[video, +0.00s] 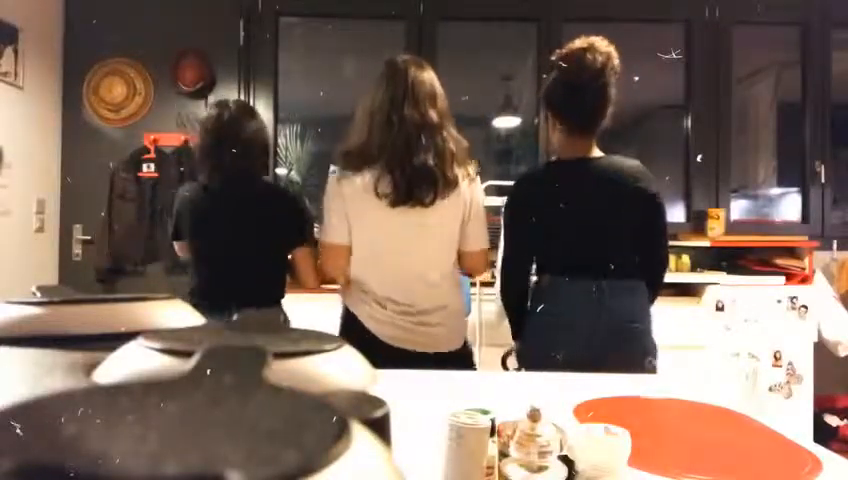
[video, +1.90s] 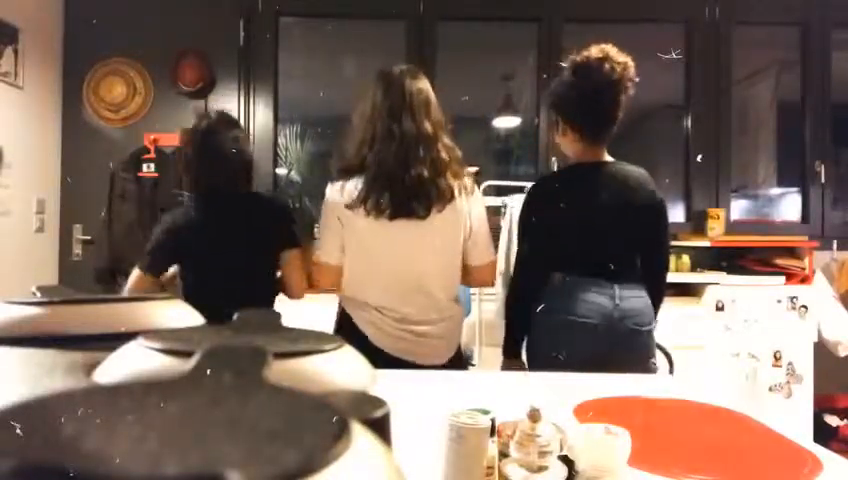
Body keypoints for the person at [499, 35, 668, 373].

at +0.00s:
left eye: (546, 111)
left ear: (551, 114)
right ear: (605, 113)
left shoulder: (529, 187)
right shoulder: (636, 178)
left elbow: (513, 278)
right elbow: (656, 266)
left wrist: (525, 335)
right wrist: (628, 310)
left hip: (554, 318)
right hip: (625, 315)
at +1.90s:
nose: (553, 135)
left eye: (554, 124)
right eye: (553, 124)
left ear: (564, 127)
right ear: (611, 122)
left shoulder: (545, 192)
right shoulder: (642, 186)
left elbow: (528, 276)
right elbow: (655, 275)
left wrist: (512, 349)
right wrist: (638, 328)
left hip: (559, 334)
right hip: (628, 335)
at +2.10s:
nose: (623, 113)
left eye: (621, 105)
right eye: (620, 106)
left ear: (557, 122)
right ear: (608, 118)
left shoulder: (535, 190)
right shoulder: (639, 177)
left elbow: (528, 277)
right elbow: (667, 254)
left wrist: (521, 348)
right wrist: (647, 308)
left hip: (556, 339)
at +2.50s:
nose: (598, 128)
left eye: (610, 120)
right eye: (588, 117)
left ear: (622, 127)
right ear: (571, 121)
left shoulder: (577, 170)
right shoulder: (599, 173)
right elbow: (625, 256)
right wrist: (665, 328)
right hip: (612, 310)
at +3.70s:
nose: (607, 142)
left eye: (615, 131)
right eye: (594, 130)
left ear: (623, 134)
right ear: (566, 132)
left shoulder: (564, 190)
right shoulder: (596, 196)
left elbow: (570, 272)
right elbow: (603, 283)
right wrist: (637, 356)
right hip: (597, 335)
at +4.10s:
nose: (604, 141)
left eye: (611, 131)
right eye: (592, 129)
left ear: (618, 133)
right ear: (563, 131)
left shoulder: (557, 182)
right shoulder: (589, 179)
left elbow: (565, 267)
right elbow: (596, 270)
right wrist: (616, 353)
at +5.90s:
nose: (607, 139)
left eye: (611, 130)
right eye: (594, 128)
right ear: (561, 131)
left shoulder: (543, 190)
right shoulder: (597, 179)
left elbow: (555, 272)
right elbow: (629, 269)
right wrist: (665, 345)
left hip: (555, 318)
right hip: (606, 323)